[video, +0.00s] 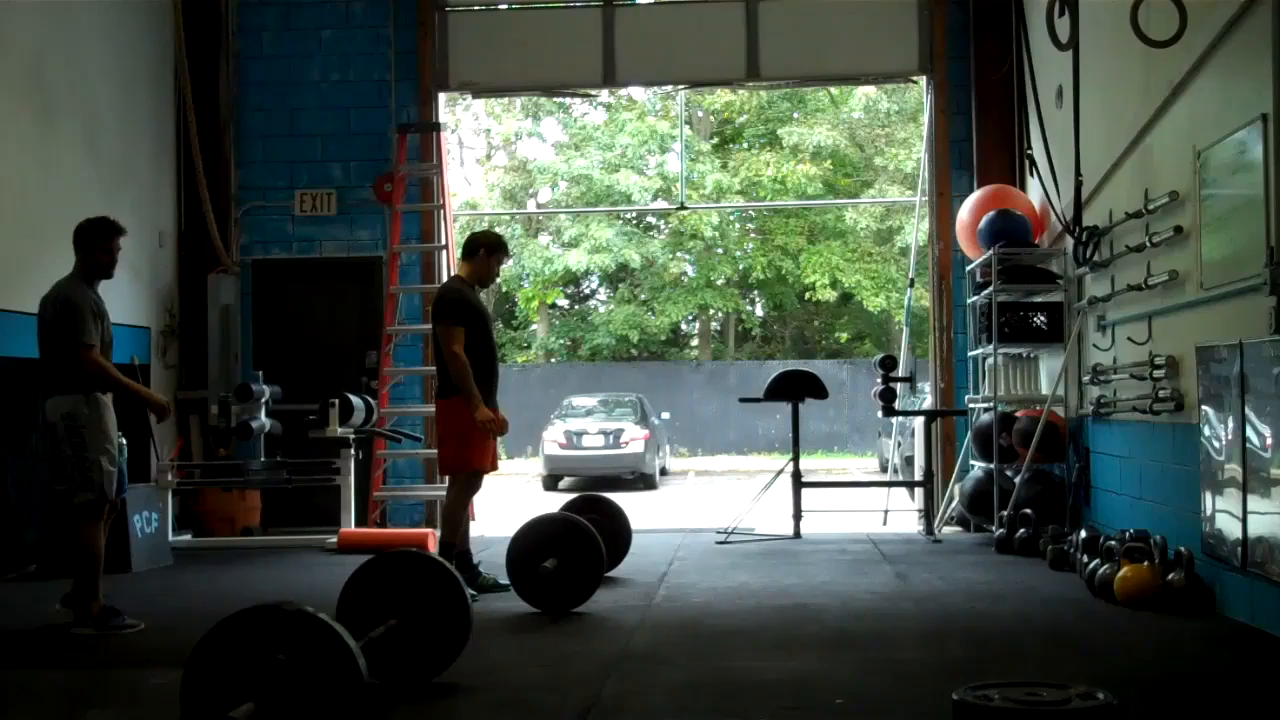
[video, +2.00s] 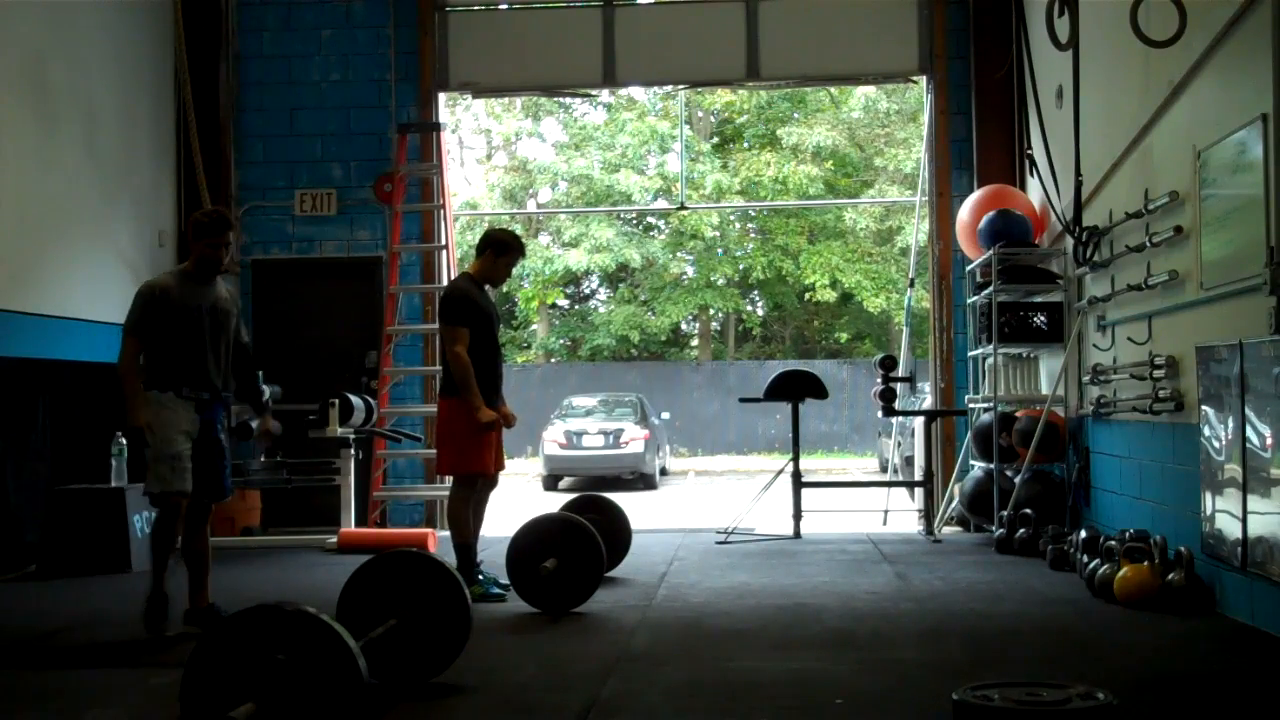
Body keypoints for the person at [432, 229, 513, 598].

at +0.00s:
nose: (498, 274)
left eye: (501, 267)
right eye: (498, 265)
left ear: (479, 256)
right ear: (482, 256)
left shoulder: (468, 296)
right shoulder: (454, 295)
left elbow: (477, 357)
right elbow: (453, 353)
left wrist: (492, 409)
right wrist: (478, 404)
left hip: (473, 404)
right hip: (461, 404)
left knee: (467, 484)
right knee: (464, 484)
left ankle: (460, 565)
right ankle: (450, 567)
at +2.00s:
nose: (509, 275)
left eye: (512, 268)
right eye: (509, 267)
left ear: (494, 258)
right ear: (490, 256)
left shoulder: (481, 294)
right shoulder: (460, 292)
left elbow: (486, 355)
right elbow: (456, 352)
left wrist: (499, 403)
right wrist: (479, 405)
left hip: (485, 406)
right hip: (464, 405)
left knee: (485, 482)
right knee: (466, 484)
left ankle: (471, 568)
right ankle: (467, 575)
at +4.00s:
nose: (573, 283)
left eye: (577, 278)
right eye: (574, 275)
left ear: (557, 260)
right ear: (558, 260)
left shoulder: (539, 296)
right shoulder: (525, 292)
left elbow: (539, 356)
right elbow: (524, 351)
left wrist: (557, 401)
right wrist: (557, 403)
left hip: (535, 401)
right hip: (524, 400)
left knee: (533, 482)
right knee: (530, 481)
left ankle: (525, 573)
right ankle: (520, 575)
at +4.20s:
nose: (578, 284)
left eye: (583, 278)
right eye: (580, 275)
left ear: (560, 261)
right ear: (564, 261)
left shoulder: (539, 295)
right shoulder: (530, 293)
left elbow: (533, 356)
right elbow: (527, 356)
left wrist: (547, 408)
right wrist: (546, 409)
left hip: (534, 402)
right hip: (521, 402)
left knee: (553, 476)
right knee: (530, 481)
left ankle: (534, 563)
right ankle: (520, 576)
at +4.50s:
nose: (586, 288)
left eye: (591, 282)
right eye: (589, 279)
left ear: (568, 262)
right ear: (574, 264)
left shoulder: (546, 296)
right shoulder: (539, 296)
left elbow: (539, 357)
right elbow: (530, 356)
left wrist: (550, 407)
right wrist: (542, 411)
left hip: (539, 404)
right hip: (525, 404)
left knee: (544, 486)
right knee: (521, 487)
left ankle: (553, 567)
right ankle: (520, 574)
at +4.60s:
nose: (591, 288)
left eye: (596, 282)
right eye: (593, 280)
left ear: (574, 265)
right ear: (578, 266)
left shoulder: (552, 298)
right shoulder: (543, 297)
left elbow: (544, 358)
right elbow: (532, 356)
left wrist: (556, 408)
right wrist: (547, 410)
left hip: (543, 403)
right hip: (527, 403)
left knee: (548, 484)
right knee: (525, 486)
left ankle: (555, 565)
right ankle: (520, 574)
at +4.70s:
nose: (596, 290)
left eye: (601, 284)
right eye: (598, 282)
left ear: (580, 267)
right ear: (583, 267)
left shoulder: (558, 300)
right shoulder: (548, 297)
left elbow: (555, 364)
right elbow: (535, 355)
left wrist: (565, 411)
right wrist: (550, 412)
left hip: (546, 404)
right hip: (532, 403)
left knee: (551, 484)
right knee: (540, 484)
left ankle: (542, 569)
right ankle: (523, 573)